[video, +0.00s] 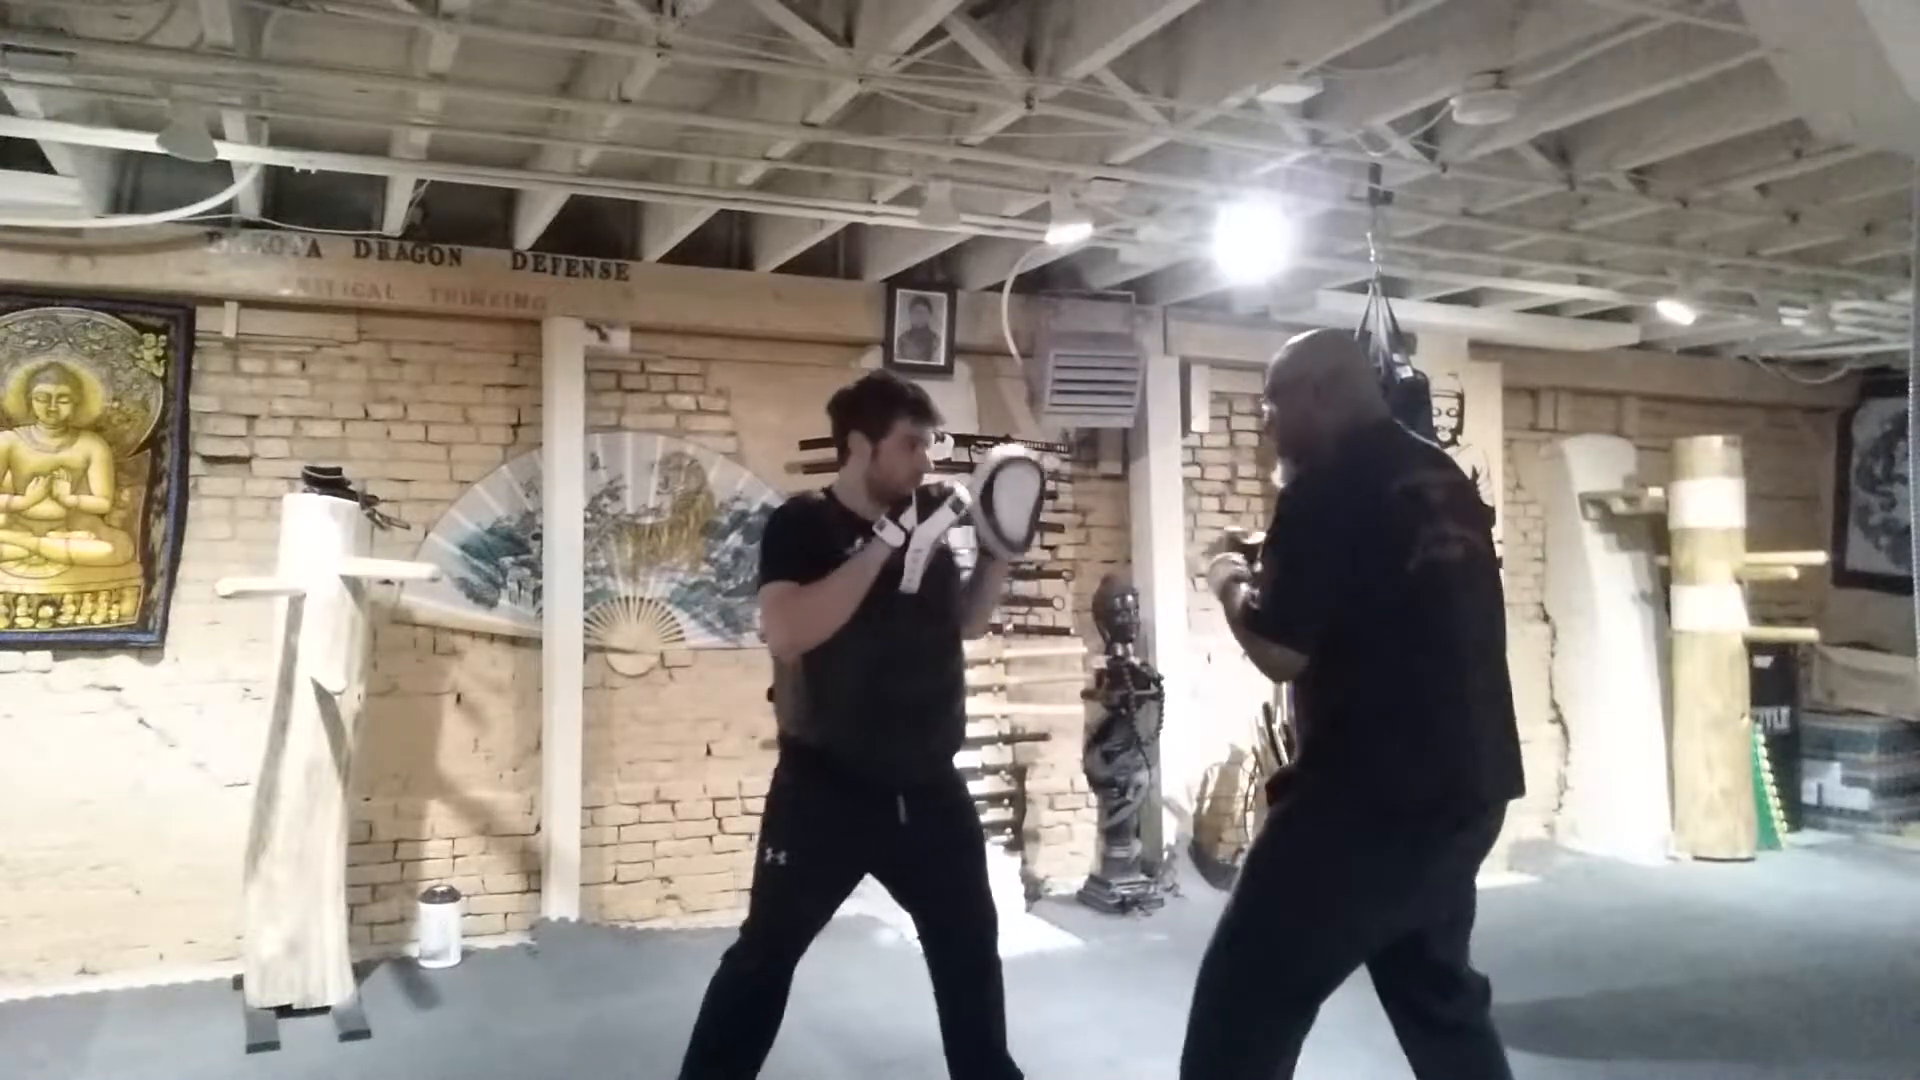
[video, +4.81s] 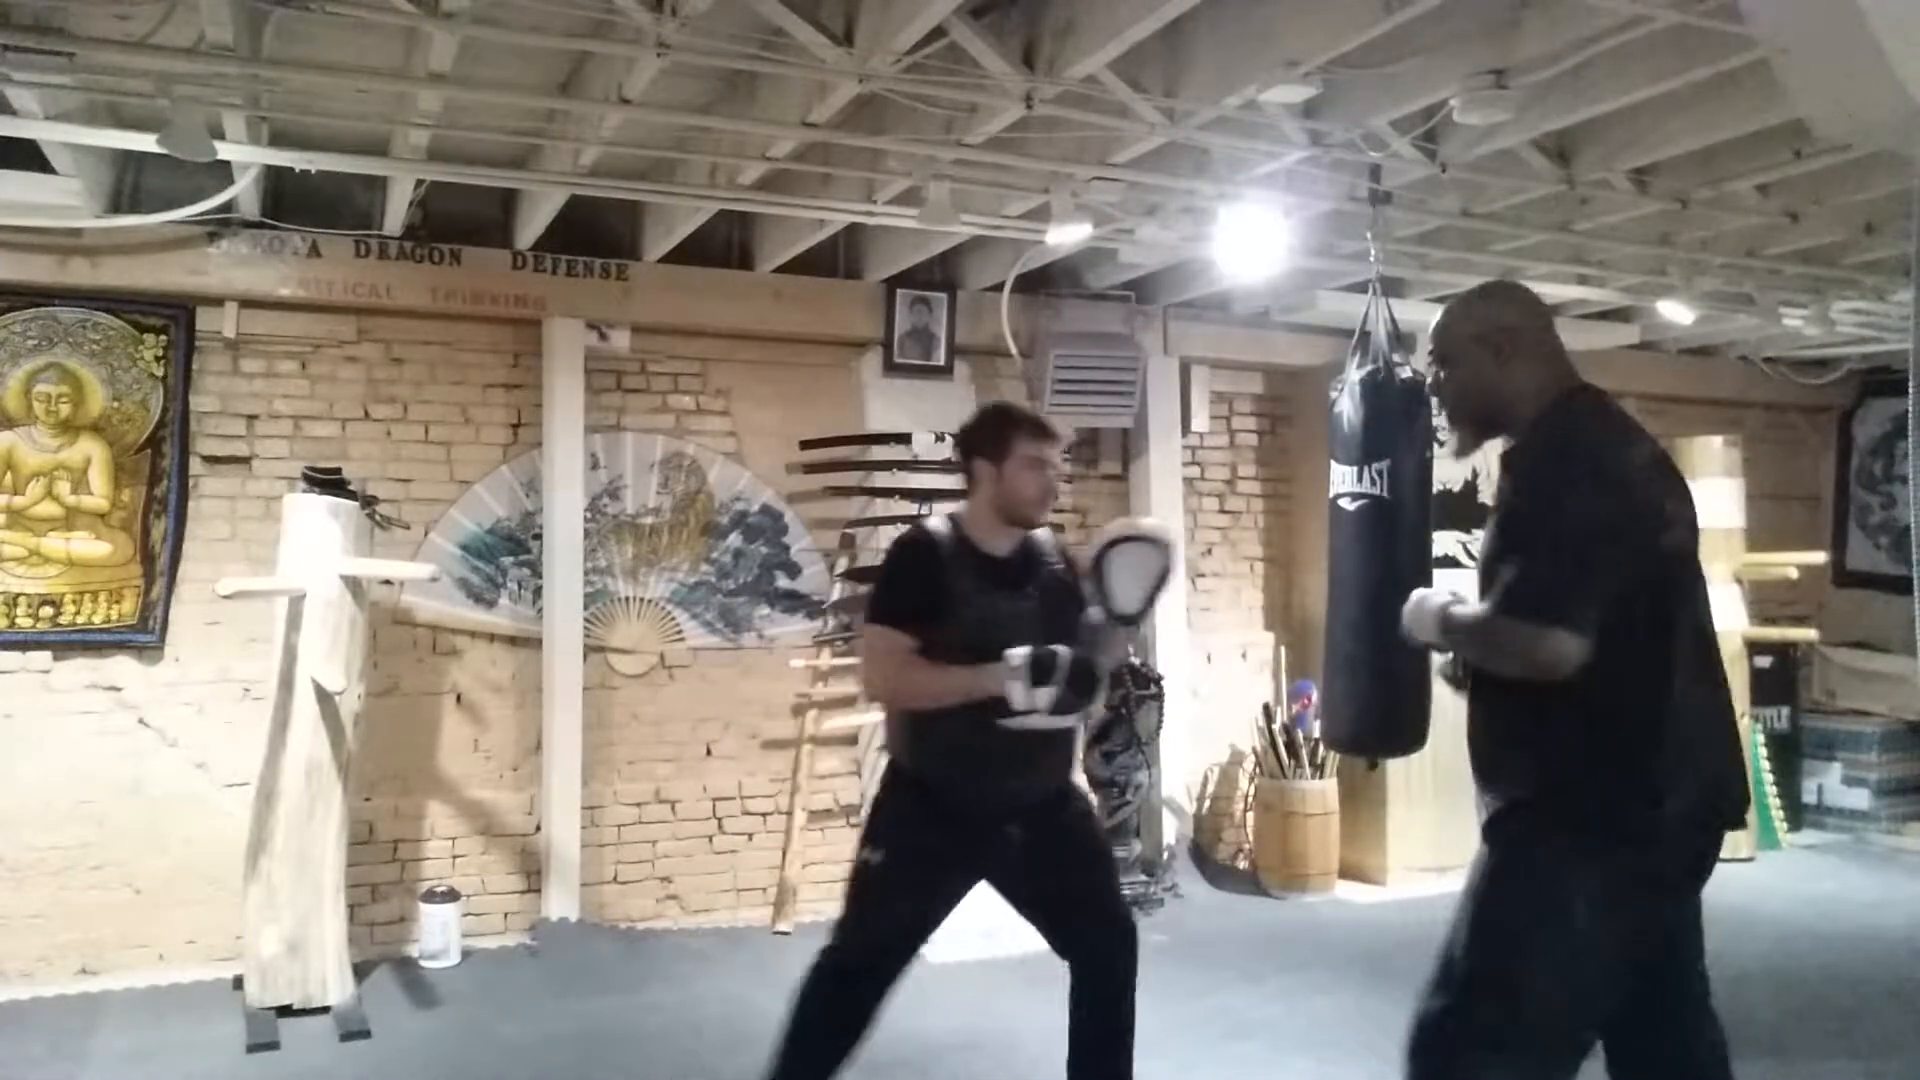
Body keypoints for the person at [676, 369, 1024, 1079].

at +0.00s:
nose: (925, 459)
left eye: (926, 444)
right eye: (912, 444)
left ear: (905, 450)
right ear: (860, 444)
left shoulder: (927, 531)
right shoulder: (799, 524)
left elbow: (965, 622)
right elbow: (784, 632)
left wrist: (999, 549)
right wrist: (883, 546)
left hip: (928, 789)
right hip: (824, 788)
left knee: (970, 962)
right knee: (763, 960)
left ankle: (988, 1077)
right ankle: (707, 1079)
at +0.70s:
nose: (974, 465)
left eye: (978, 453)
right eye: (961, 448)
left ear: (974, 458)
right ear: (910, 448)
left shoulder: (967, 541)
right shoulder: (864, 525)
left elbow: (990, 638)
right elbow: (857, 619)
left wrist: (1052, 565)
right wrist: (950, 517)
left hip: (973, 795)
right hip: (875, 795)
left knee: (1029, 957)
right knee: (803, 973)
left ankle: (1035, 1079)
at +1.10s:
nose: (934, 472)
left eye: (941, 459)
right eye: (919, 455)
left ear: (947, 464)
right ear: (871, 453)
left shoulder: (949, 544)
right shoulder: (818, 535)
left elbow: (954, 649)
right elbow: (792, 635)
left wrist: (996, 580)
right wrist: (862, 525)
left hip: (947, 795)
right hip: (843, 800)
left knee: (1020, 947)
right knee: (788, 972)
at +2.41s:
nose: (994, 458)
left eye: (997, 446)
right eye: (981, 442)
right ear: (928, 442)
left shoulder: (991, 532)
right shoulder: (879, 522)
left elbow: (1034, 607)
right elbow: (846, 621)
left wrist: (1093, 526)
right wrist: (932, 511)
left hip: (1001, 785)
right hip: (902, 786)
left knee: (1056, 954)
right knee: (830, 957)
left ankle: (1048, 1079)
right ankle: (736, 1077)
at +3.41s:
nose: (967, 487)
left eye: (970, 471)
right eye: (957, 469)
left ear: (914, 466)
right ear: (904, 462)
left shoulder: (944, 550)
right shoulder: (830, 532)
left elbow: (961, 651)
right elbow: (820, 650)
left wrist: (1015, 598)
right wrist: (940, 578)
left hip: (940, 800)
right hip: (839, 802)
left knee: (1002, 963)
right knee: (773, 977)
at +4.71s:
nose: (1013, 482)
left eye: (1013, 468)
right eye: (996, 466)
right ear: (944, 470)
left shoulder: (1001, 567)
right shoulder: (882, 556)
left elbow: (1015, 659)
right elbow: (839, 674)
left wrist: (1054, 627)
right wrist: (963, 656)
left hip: (999, 813)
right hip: (894, 815)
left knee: (1077, 945)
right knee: (801, 976)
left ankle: (1089, 1076)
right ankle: (728, 1078)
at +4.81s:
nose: (1055, 481)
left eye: (1057, 467)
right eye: (1038, 465)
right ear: (984, 470)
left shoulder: (1053, 564)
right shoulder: (923, 553)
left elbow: (1077, 674)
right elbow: (885, 677)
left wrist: (1096, 670)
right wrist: (1001, 679)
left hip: (1041, 809)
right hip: (931, 808)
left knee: (1109, 946)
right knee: (855, 970)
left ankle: (1099, 1079)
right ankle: (793, 1076)